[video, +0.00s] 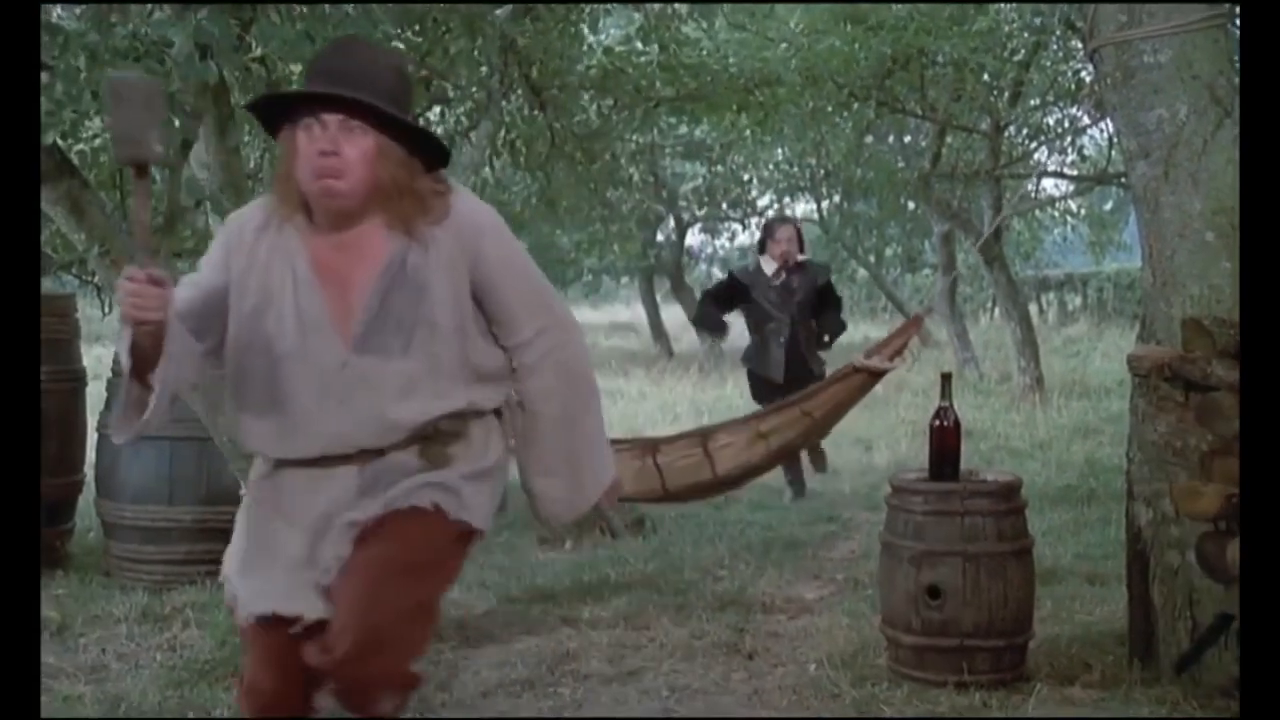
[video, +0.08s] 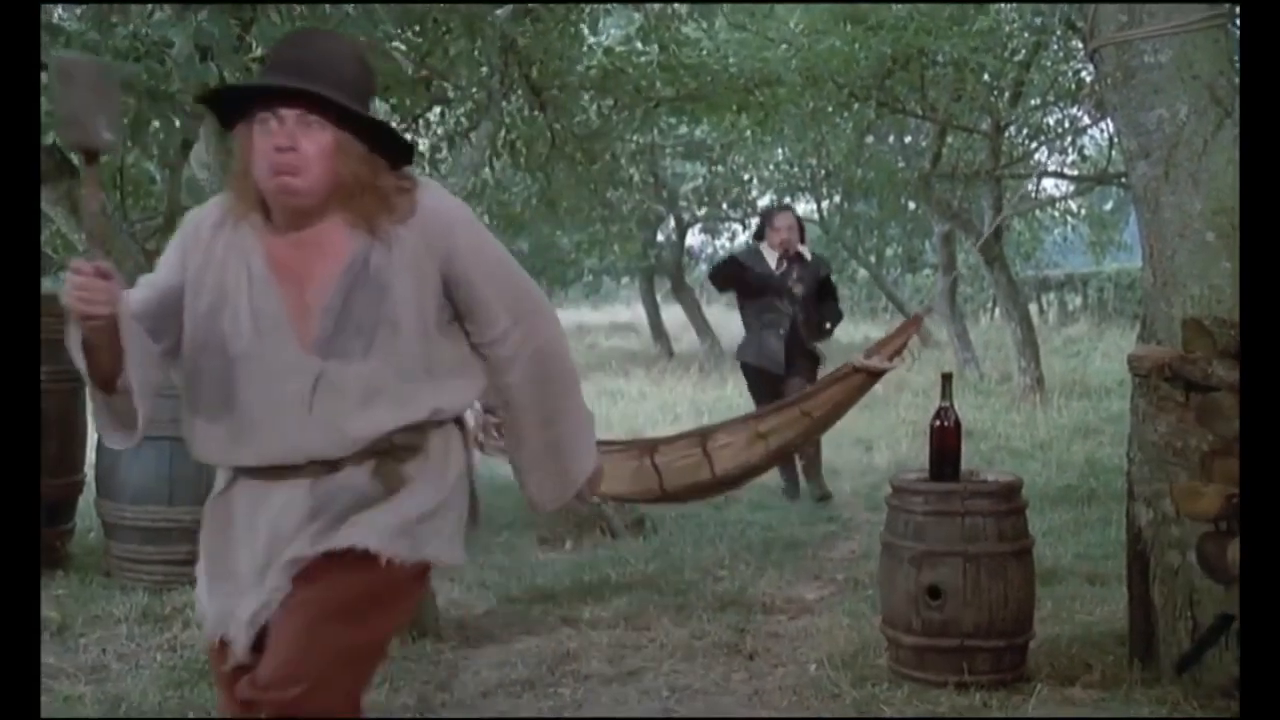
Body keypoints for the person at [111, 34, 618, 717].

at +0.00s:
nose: (327, 144)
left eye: (351, 127)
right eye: (312, 126)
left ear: (392, 147)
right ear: (288, 143)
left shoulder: (458, 226)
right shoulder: (252, 235)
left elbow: (547, 341)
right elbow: (188, 350)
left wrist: (570, 474)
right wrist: (149, 325)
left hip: (430, 471)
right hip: (294, 482)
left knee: (361, 647)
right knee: (268, 684)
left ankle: (380, 703)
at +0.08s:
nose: (282, 141)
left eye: (307, 124)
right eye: (268, 122)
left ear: (354, 145)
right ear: (247, 139)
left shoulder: (425, 222)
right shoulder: (208, 237)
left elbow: (525, 335)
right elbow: (128, 370)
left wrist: (559, 462)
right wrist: (100, 324)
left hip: (390, 497)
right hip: (254, 503)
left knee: (288, 692)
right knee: (248, 695)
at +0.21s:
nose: (206, 141)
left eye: (234, 121)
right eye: (191, 119)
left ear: (285, 146)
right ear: (166, 138)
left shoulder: (366, 236)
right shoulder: (126, 243)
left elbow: (474, 341)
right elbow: (54, 347)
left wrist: (523, 477)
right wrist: (58, 457)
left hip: (317, 542)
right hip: (170, 545)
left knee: (223, 700)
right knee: (178, 703)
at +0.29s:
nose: (131, 132)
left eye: (165, 110)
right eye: (113, 108)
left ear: (220, 137)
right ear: (86, 128)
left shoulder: (303, 242)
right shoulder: (54, 242)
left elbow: (414, 378)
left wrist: (466, 521)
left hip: (260, 553)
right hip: (96, 563)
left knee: (171, 705)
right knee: (119, 707)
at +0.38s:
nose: (80, 106)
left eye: (117, 85)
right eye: (63, 81)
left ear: (173, 116)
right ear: (39, 105)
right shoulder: (45, 234)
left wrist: (403, 554)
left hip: (226, 565)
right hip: (60, 570)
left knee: (169, 701)